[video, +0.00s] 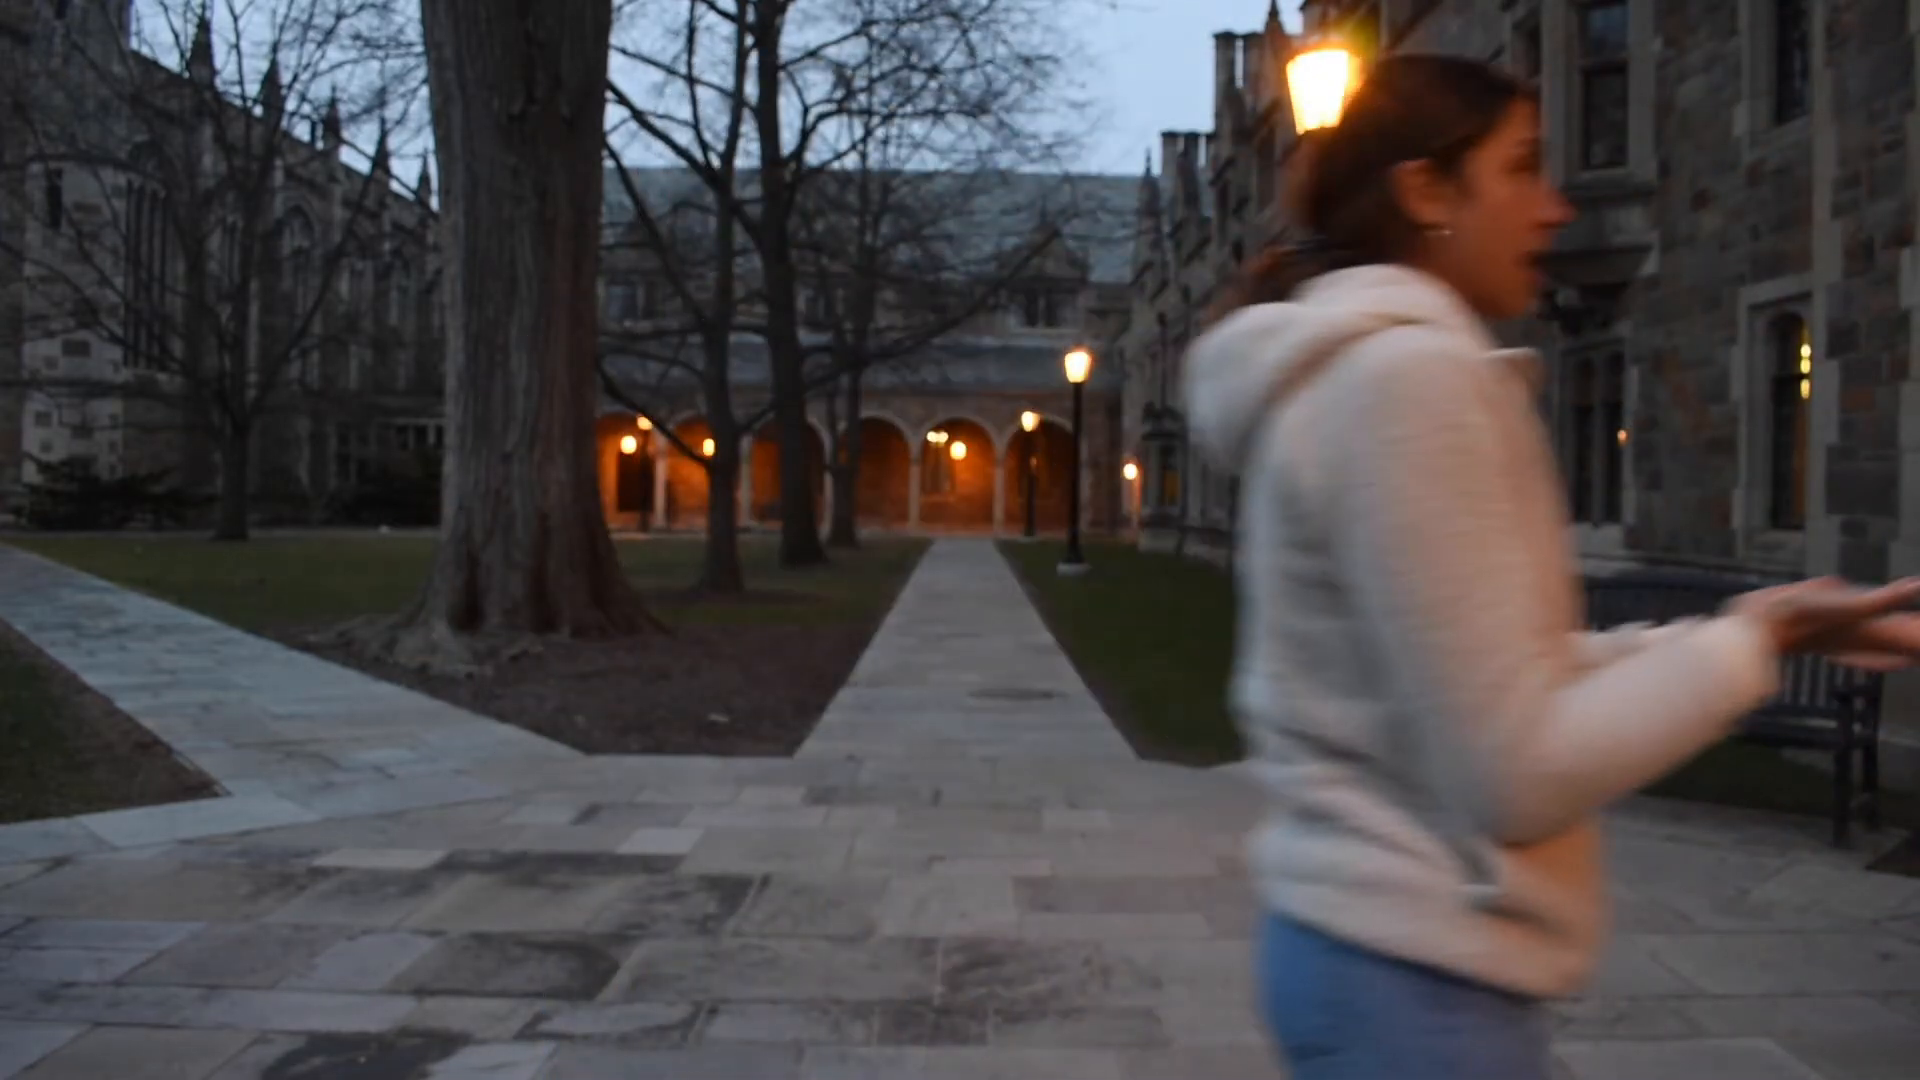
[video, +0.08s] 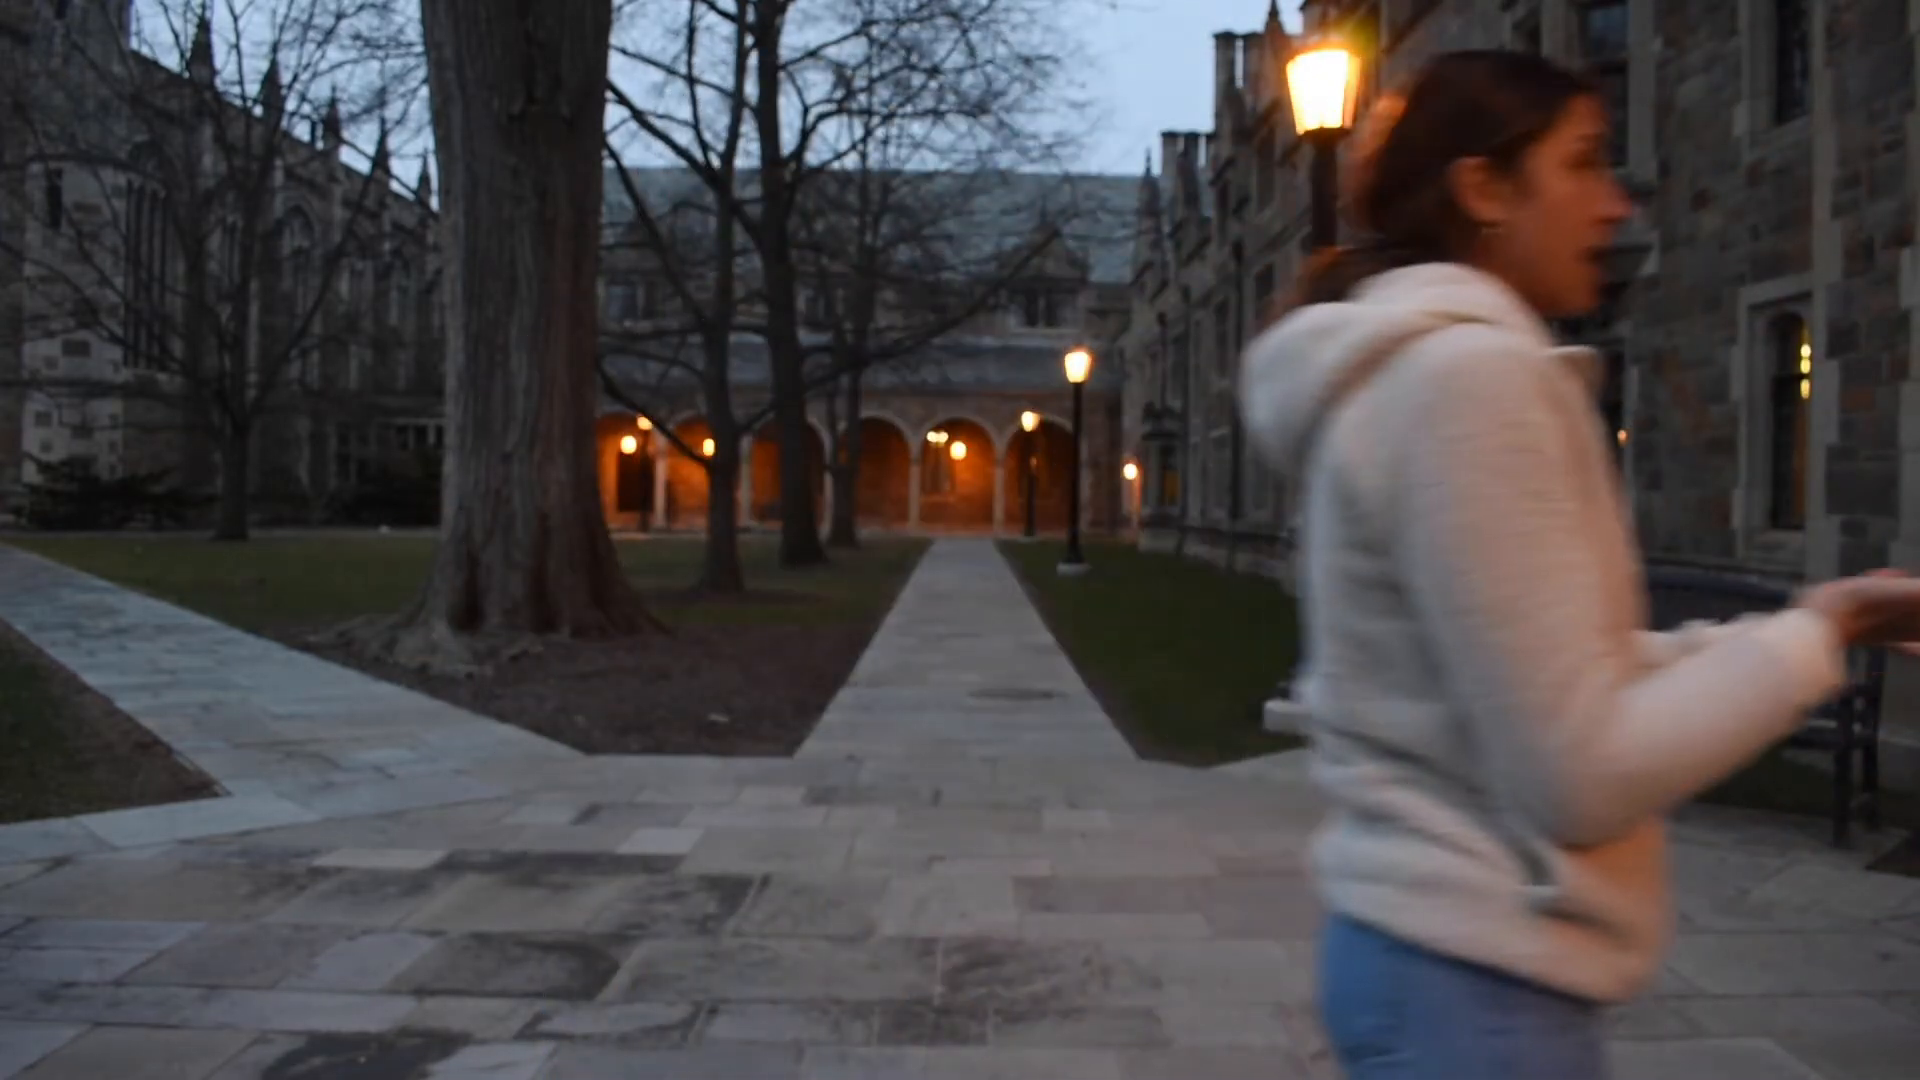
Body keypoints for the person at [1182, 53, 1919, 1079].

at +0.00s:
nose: (1557, 210)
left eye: (1544, 173)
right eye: (1524, 169)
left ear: (1430, 195)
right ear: (1424, 191)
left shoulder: (1364, 362)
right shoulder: (1412, 374)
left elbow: (1519, 676)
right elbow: (1508, 771)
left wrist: (1755, 631)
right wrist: (1750, 645)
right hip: (1415, 981)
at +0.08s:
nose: (1618, 205)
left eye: (1606, 167)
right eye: (1586, 165)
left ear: (1486, 194)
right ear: (1483, 189)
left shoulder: (1432, 361)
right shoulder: (1471, 375)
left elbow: (1580, 676)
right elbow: (1577, 772)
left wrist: (1809, 625)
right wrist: (1810, 640)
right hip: (1474, 986)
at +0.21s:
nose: (1707, 200)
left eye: (1694, 160)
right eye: (1669, 158)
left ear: (1573, 189)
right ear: (1564, 184)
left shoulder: (1540, 361)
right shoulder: (1543, 374)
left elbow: (1672, 669)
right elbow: (1639, 767)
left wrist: (1876, 647)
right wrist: (1885, 654)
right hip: (1542, 990)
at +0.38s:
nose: (1820, 191)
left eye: (1807, 155)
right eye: (1777, 151)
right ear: (1661, 183)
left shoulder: (1666, 360)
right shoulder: (1619, 367)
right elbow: (1697, 765)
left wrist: (1895, 671)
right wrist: (1907, 673)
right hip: (1618, 988)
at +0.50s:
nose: (1894, 203)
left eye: (1889, 166)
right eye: (1845, 162)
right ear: (1725, 196)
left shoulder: (1796, 387)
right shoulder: (1668, 384)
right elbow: (1737, 768)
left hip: (1827, 996)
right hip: (1687, 998)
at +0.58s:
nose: (1916, 203)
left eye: (1916, 167)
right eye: (1877, 167)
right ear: (1762, 208)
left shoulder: (1864, 392)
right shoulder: (1702, 387)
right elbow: (1763, 764)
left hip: (1865, 996)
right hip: (1742, 997)